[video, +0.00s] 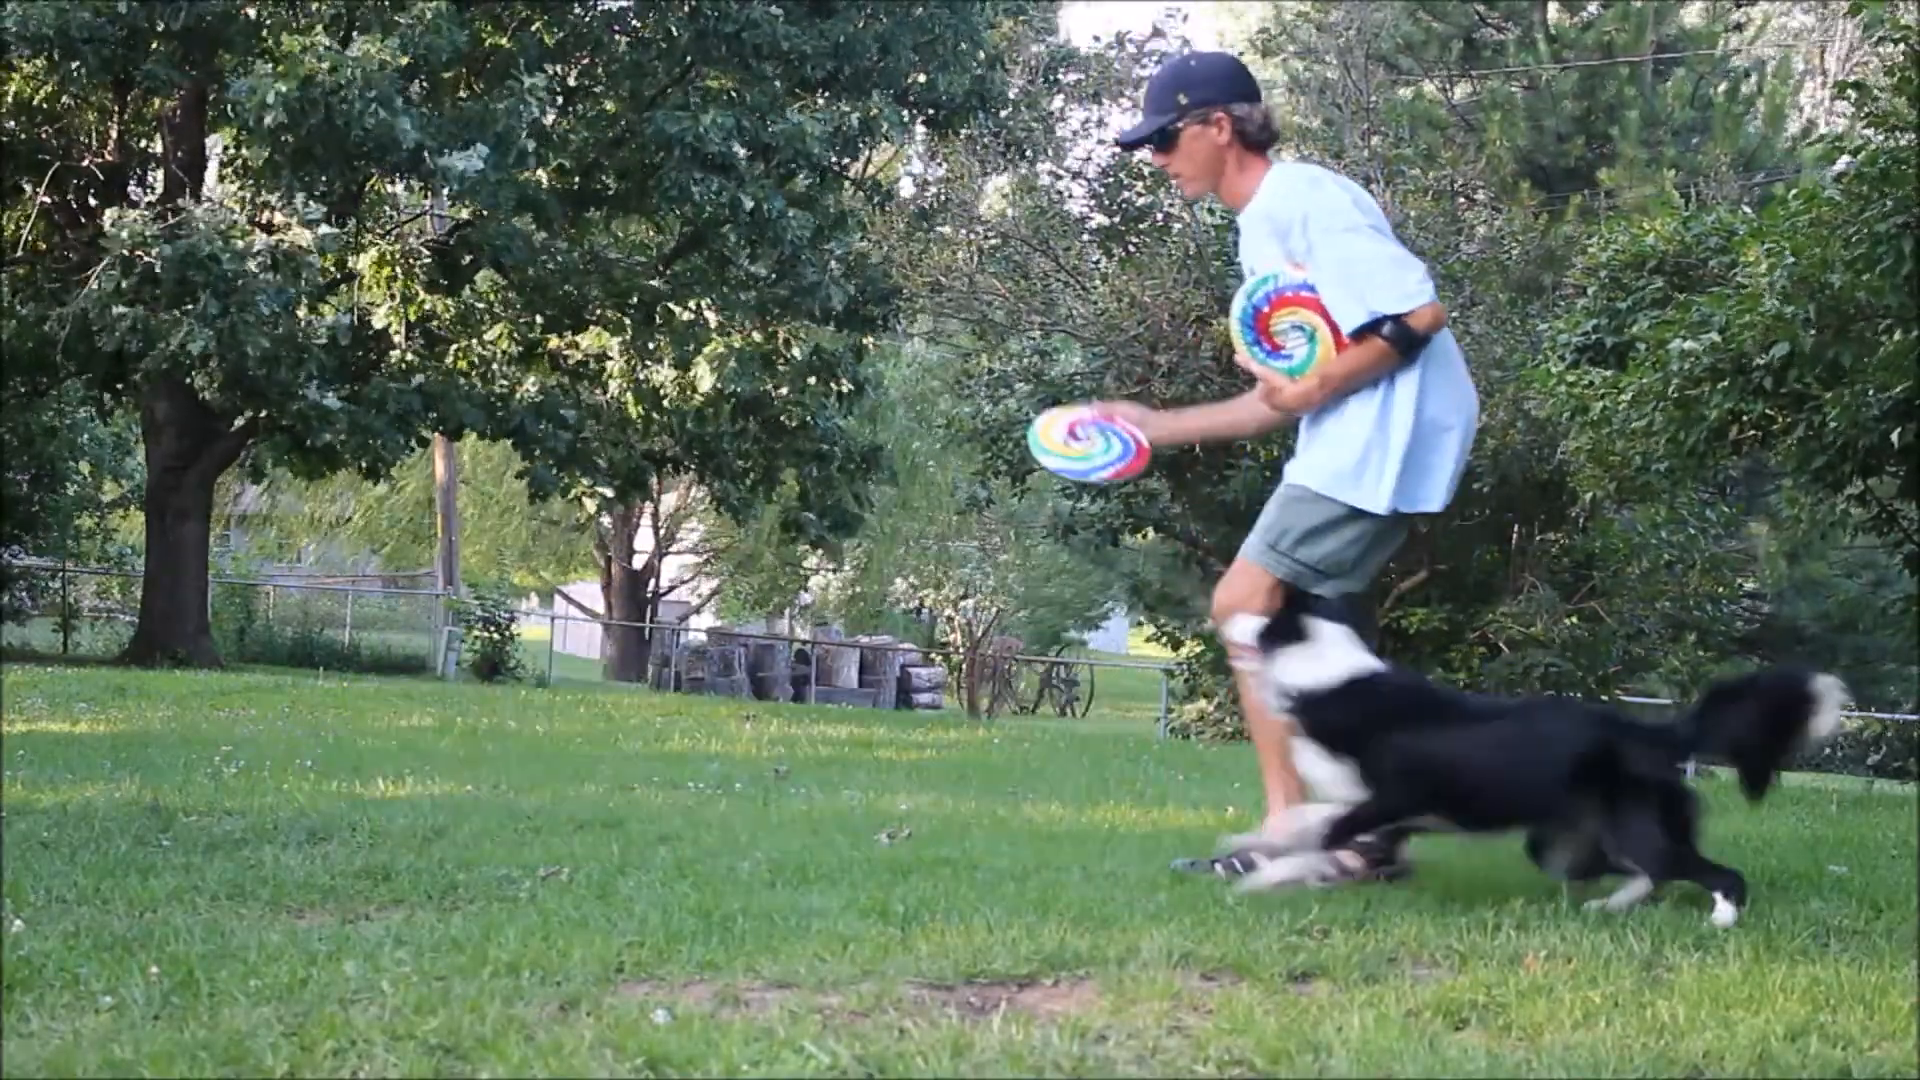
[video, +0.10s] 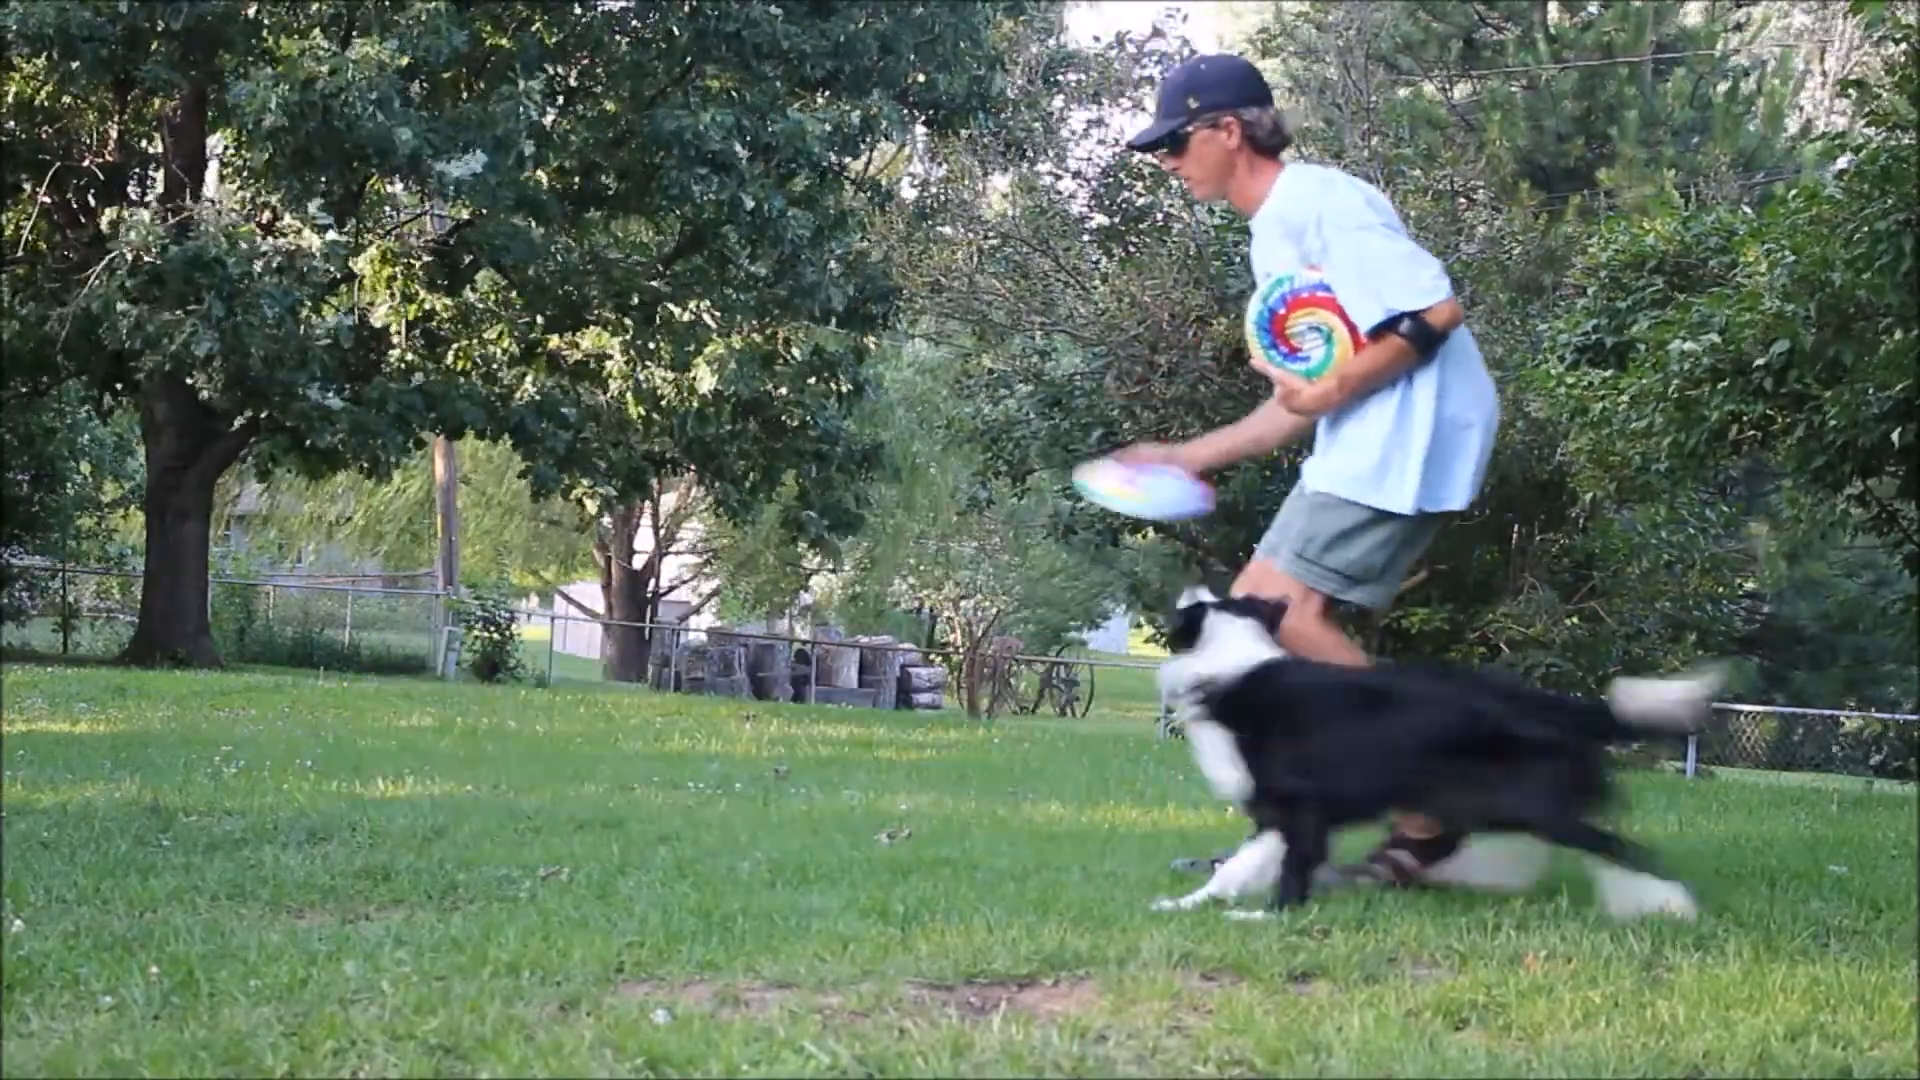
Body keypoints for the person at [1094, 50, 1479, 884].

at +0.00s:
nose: (1160, 164)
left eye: (1167, 143)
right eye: (1156, 148)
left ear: (1220, 128)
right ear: (1218, 135)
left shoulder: (1310, 198)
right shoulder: (1260, 232)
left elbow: (1415, 315)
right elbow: (1283, 397)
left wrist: (1316, 384)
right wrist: (1156, 425)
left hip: (1382, 443)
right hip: (1351, 444)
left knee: (1243, 604)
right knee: (1299, 623)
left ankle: (1293, 825)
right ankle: (1362, 826)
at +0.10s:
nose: (1170, 167)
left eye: (1178, 146)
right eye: (1166, 151)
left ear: (1230, 133)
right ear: (1222, 138)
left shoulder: (1319, 201)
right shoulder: (1273, 235)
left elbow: (1432, 310)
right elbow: (1301, 400)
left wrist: (1330, 388)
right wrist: (1187, 457)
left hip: (1403, 448)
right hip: (1363, 448)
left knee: (1276, 606)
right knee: (1274, 620)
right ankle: (1289, 831)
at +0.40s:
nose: (1250, 129)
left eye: (1255, 111)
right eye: (1248, 113)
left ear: (1297, 105)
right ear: (1306, 105)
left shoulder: (1383, 175)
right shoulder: (1361, 190)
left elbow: (1489, 294)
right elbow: (1388, 356)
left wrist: (1384, 371)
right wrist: (1299, 437)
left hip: (1497, 415)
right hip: (1465, 415)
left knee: (1395, 608)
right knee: (1375, 607)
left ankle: (1471, 850)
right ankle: (1315, 831)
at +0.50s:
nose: (1289, 109)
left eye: (1292, 90)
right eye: (1287, 92)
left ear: (1328, 86)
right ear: (1354, 85)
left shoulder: (1408, 159)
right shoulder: (1397, 167)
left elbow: (1504, 289)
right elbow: (1460, 321)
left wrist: (1401, 359)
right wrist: (1366, 410)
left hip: (1518, 404)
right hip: (1496, 404)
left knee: (1419, 600)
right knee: (1399, 598)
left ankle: (1472, 849)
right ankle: (1347, 819)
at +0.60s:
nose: (1315, 95)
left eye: (1319, 76)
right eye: (1315, 78)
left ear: (1352, 74)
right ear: (1377, 71)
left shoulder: (1424, 147)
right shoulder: (1432, 147)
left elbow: (1515, 277)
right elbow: (1491, 309)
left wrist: (1418, 350)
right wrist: (1405, 411)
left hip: (1545, 389)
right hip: (1522, 388)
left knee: (1444, 589)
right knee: (1412, 572)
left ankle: (1477, 847)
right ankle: (1430, 817)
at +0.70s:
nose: (1342, 89)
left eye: (1345, 71)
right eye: (1341, 72)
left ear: (1378, 69)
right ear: (1413, 68)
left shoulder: (1445, 140)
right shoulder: (1472, 138)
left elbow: (1530, 271)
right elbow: (1510, 324)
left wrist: (1438, 335)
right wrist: (1406, 404)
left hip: (1552, 392)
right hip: (1569, 391)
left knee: (1455, 595)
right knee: (1479, 602)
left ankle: (1479, 849)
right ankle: (1564, 826)